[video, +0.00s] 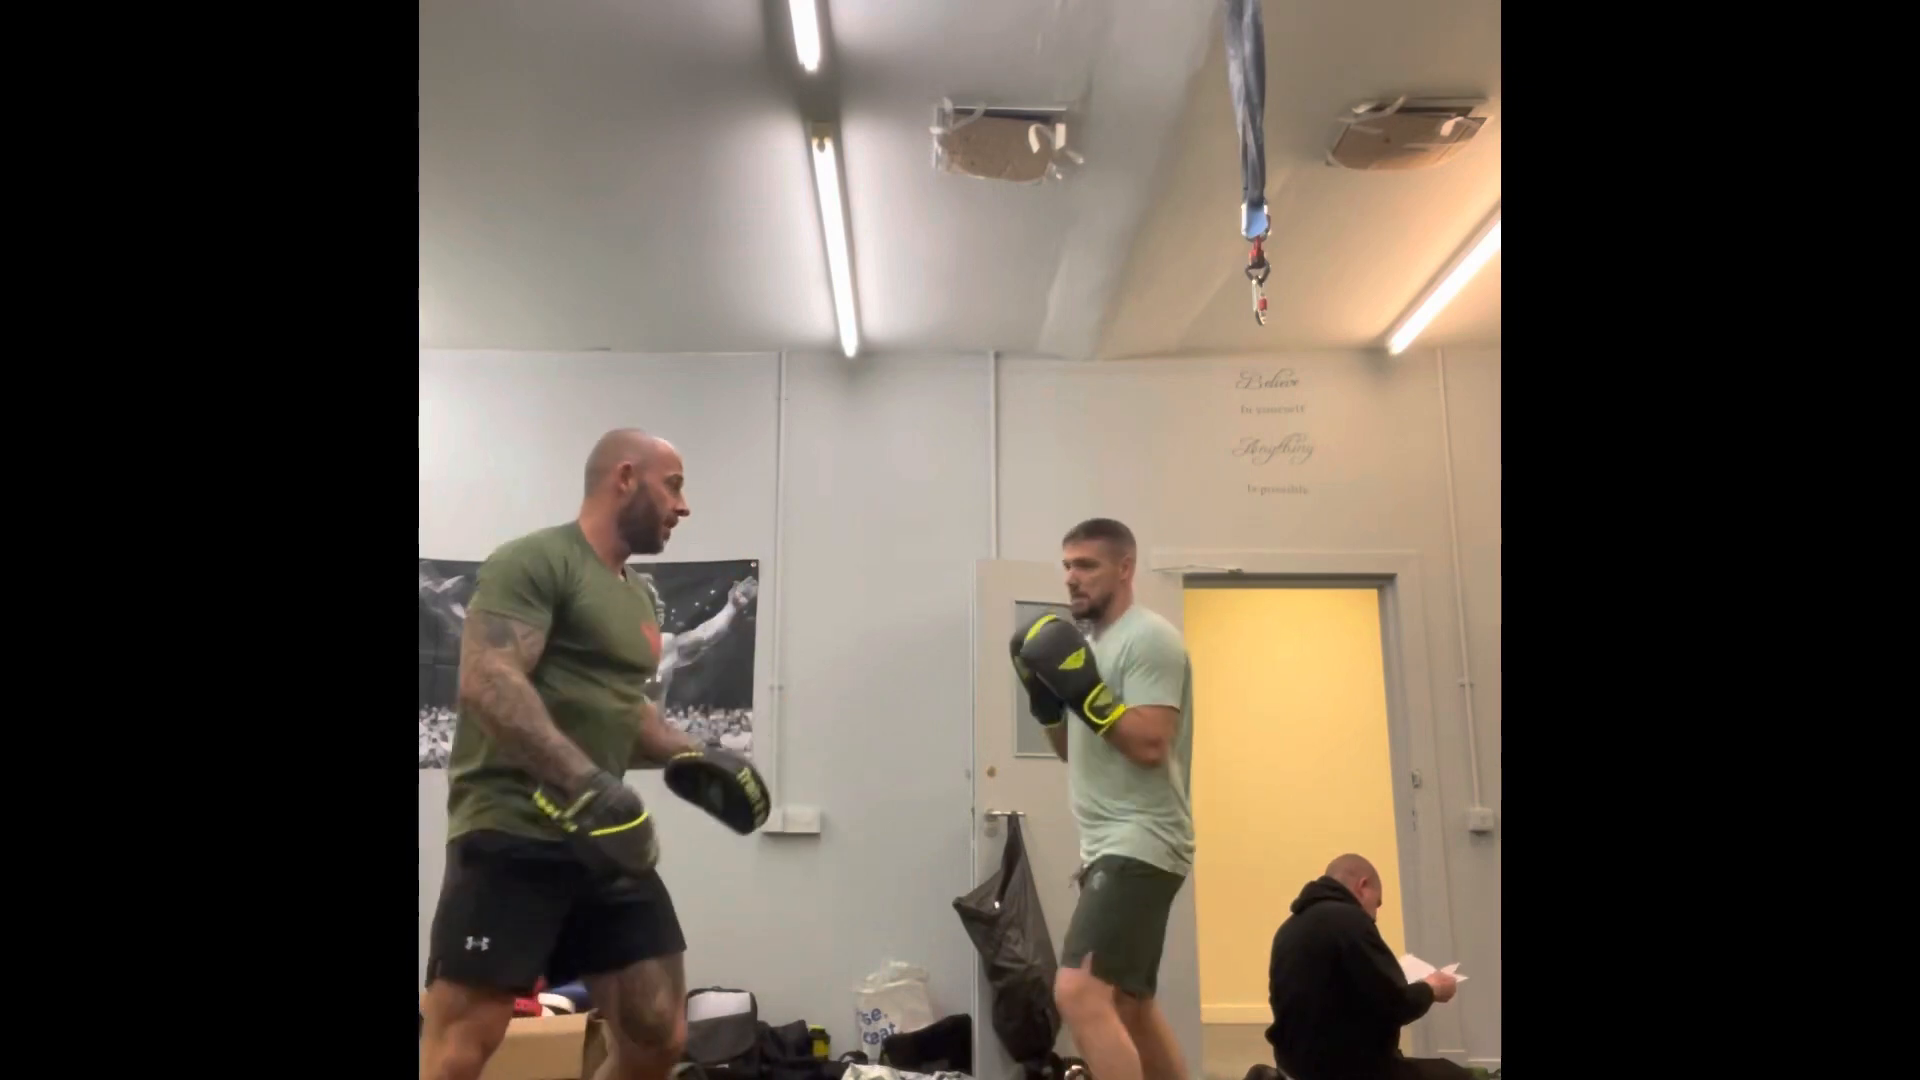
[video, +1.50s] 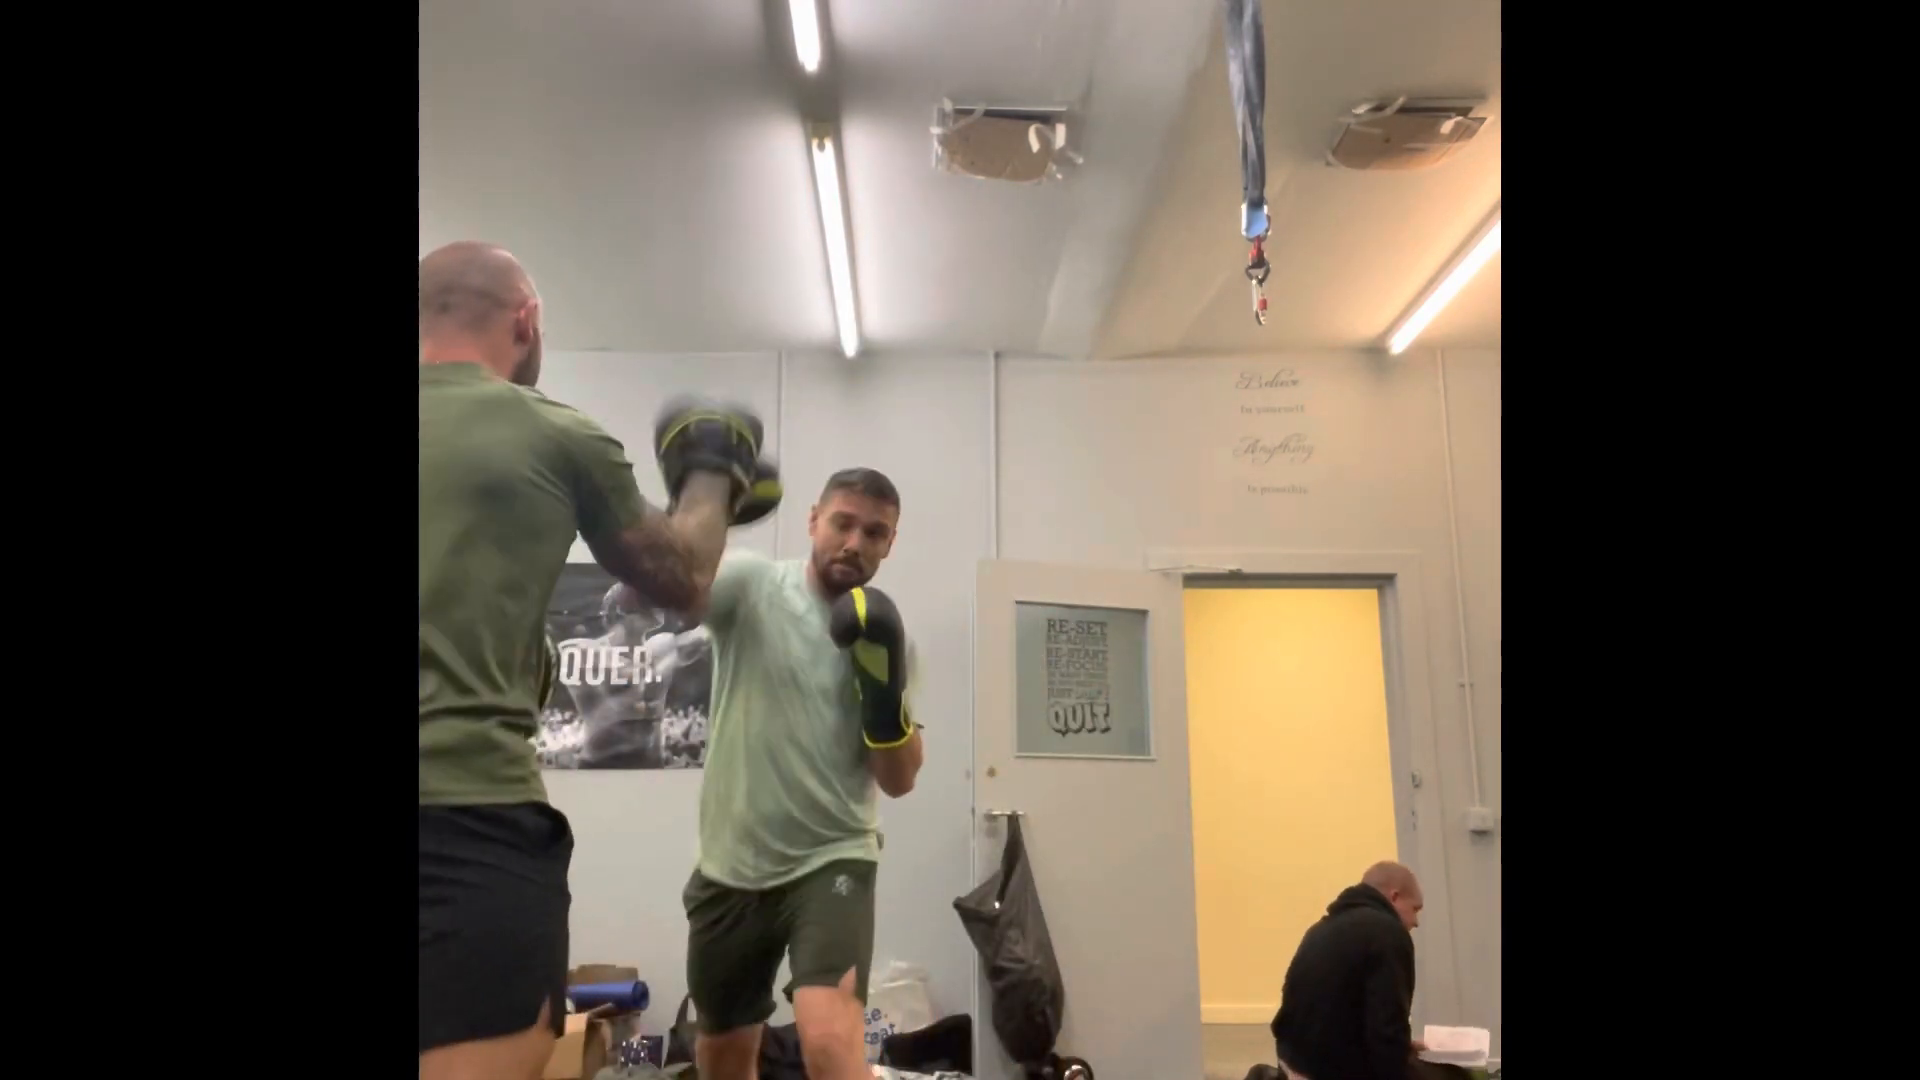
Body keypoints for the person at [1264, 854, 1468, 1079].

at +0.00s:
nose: (1374, 916)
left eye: (1377, 907)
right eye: (1376, 904)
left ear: (1330, 883)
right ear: (1361, 887)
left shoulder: (1287, 930)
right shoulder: (1350, 921)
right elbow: (1392, 1006)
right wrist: (1430, 989)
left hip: (1301, 1067)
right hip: (1356, 1070)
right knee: (1452, 1072)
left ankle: (1272, 1075)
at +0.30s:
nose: (1378, 905)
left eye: (1378, 893)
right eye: (1376, 891)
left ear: (1327, 882)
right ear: (1356, 882)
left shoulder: (1288, 930)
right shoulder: (1348, 920)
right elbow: (1390, 1007)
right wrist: (1431, 992)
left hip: (1302, 1069)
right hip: (1356, 1071)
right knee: (1454, 1072)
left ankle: (1273, 1074)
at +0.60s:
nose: (1375, 889)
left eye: (1372, 879)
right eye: (1369, 878)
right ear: (1346, 878)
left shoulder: (1288, 931)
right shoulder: (1348, 920)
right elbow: (1393, 1009)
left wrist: (1399, 992)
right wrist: (1426, 1000)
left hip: (1301, 1068)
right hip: (1357, 1070)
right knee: (1455, 1072)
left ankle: (1272, 1075)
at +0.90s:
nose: (1376, 895)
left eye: (1374, 885)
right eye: (1371, 884)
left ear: (1326, 882)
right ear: (1347, 880)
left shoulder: (1288, 930)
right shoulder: (1350, 920)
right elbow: (1376, 1006)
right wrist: (1426, 1034)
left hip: (1302, 1067)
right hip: (1356, 1069)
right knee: (1460, 1072)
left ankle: (1272, 1074)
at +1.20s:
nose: (1388, 906)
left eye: (1389, 894)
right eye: (1386, 893)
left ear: (1359, 885)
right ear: (1363, 886)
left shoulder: (1297, 928)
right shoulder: (1364, 929)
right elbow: (1375, 1028)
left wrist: (1386, 1024)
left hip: (1297, 1067)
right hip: (1348, 1071)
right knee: (1450, 1071)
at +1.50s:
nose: (1415, 923)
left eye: (1417, 912)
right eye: (1415, 910)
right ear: (1394, 898)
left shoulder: (1326, 925)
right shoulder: (1389, 933)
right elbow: (1387, 1030)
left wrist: (1403, 1045)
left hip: (1293, 1057)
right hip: (1341, 1067)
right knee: (1457, 1072)